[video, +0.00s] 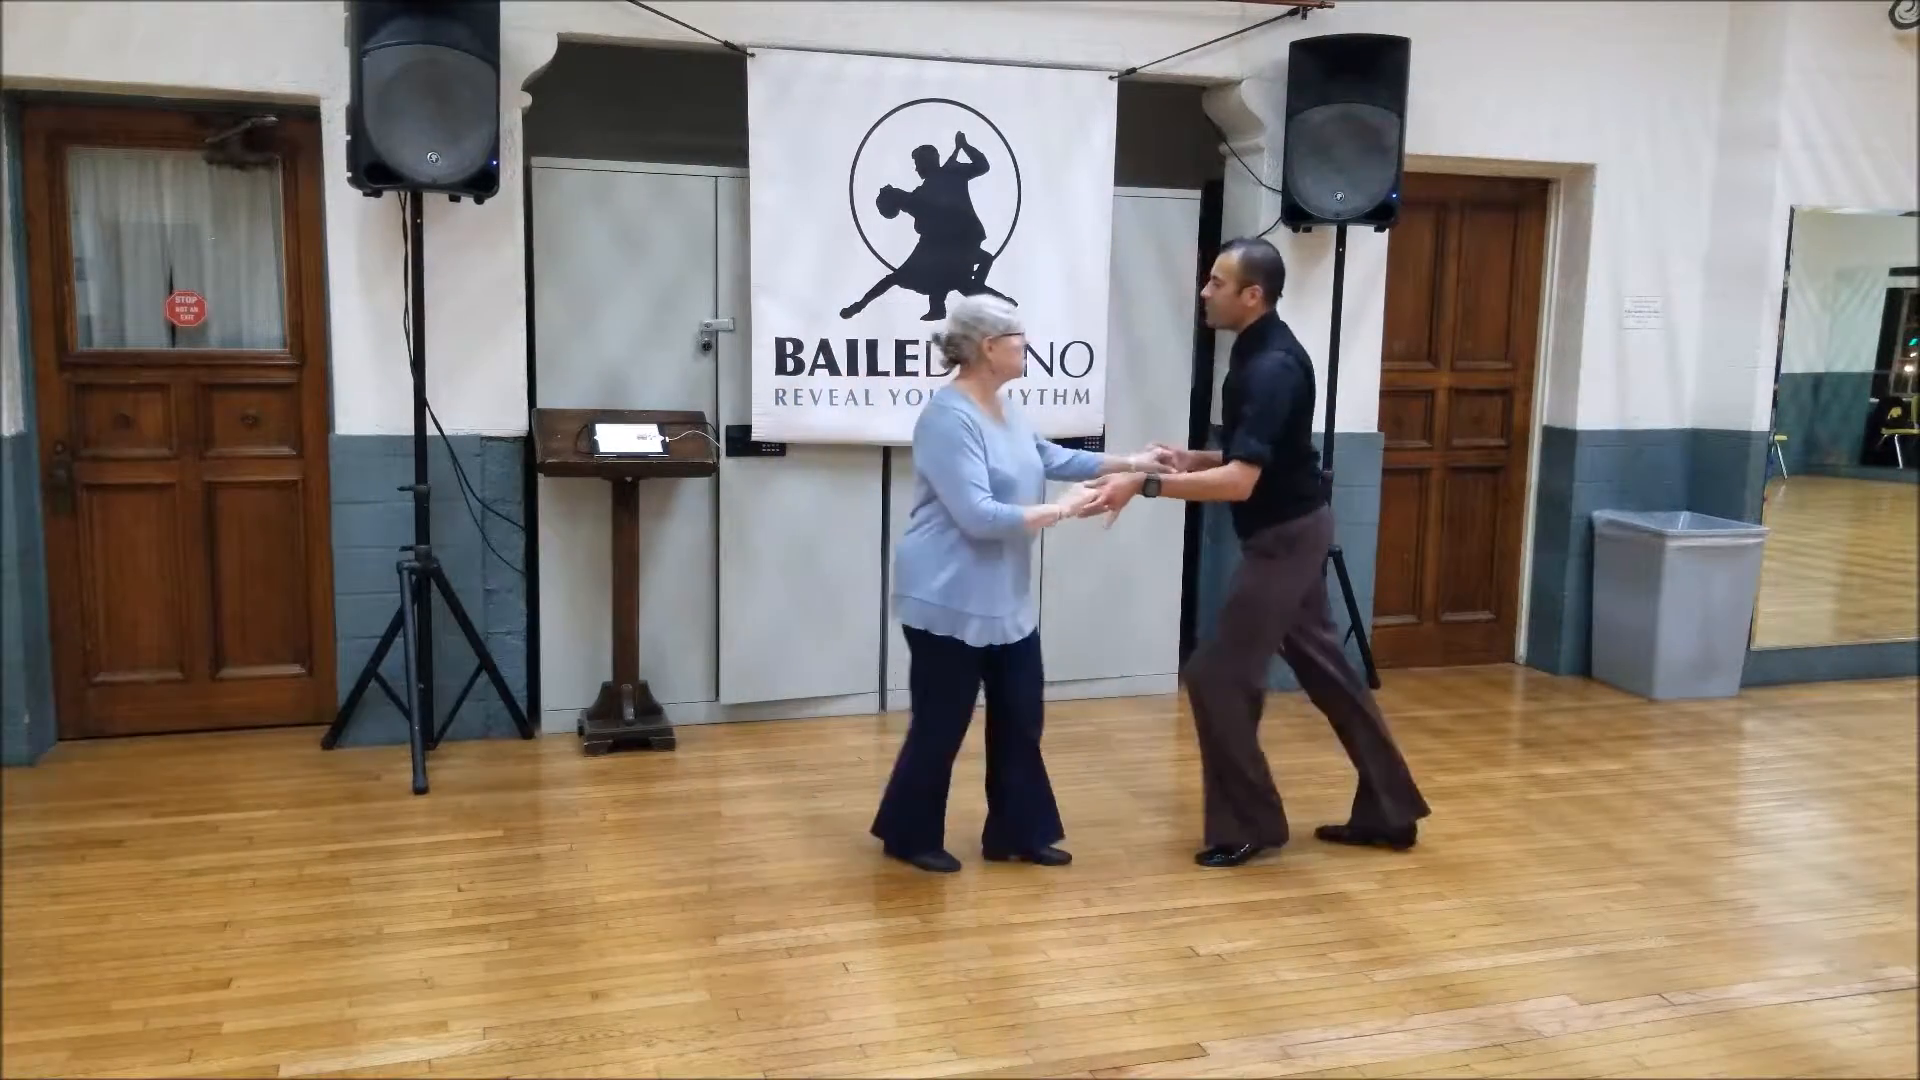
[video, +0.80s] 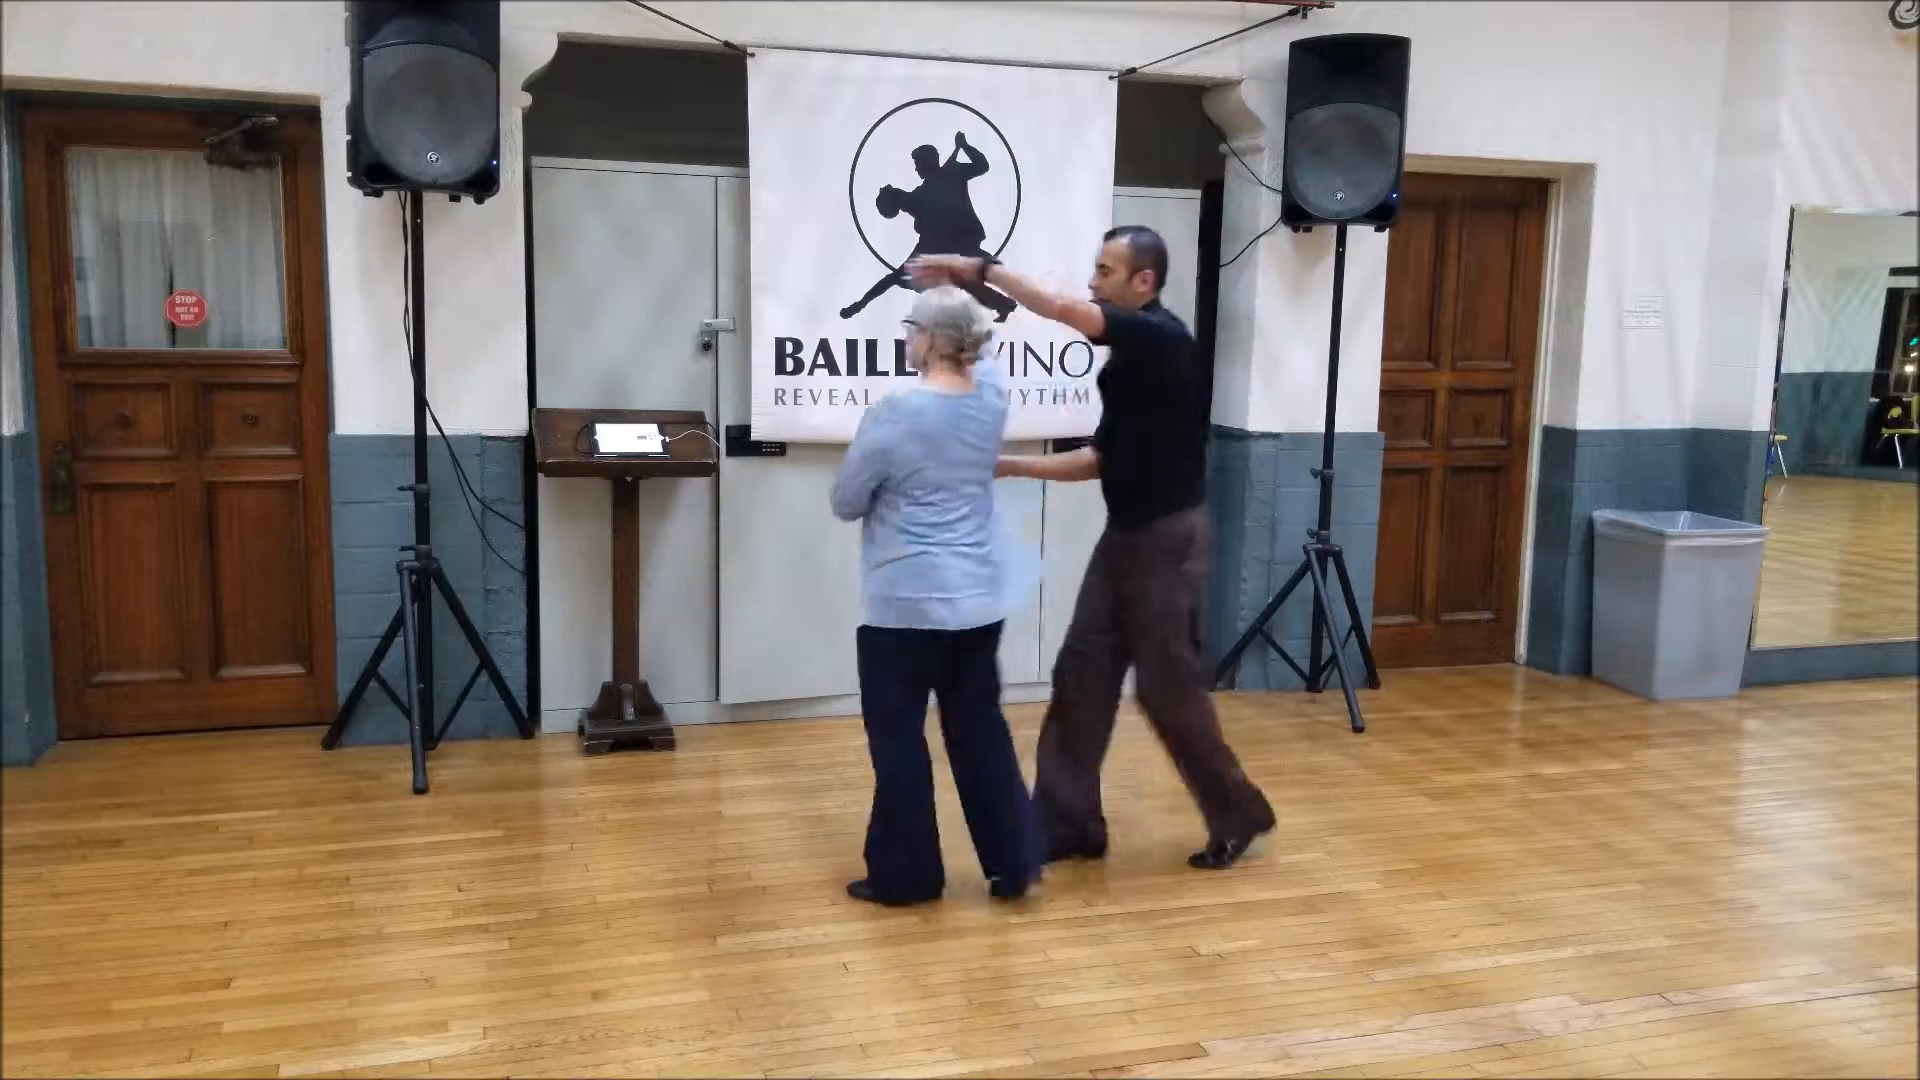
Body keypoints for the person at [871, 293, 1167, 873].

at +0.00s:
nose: (1025, 346)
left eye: (1022, 336)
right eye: (1014, 338)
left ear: (994, 348)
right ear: (980, 348)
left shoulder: (1005, 409)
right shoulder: (945, 417)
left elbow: (1054, 460)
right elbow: (977, 516)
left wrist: (1134, 461)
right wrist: (1061, 509)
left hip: (1005, 590)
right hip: (948, 592)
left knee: (1019, 716)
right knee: (942, 719)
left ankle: (1016, 832)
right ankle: (908, 833)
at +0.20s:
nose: (1043, 350)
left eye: (1041, 341)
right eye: (1035, 342)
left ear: (1004, 353)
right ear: (1007, 352)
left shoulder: (1008, 416)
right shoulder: (975, 421)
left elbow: (1054, 489)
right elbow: (1035, 510)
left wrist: (1110, 477)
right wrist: (1100, 481)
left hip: (1020, 588)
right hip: (983, 590)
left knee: (1039, 703)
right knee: (1026, 707)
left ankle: (1019, 832)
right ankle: (944, 820)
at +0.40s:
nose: (1037, 352)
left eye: (1034, 344)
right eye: (1035, 345)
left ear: (974, 346)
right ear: (1025, 351)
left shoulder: (940, 409)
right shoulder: (1026, 418)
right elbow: (1122, 454)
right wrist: (1117, 387)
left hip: (946, 590)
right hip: (1011, 596)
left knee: (986, 721)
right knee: (1019, 724)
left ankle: (1013, 829)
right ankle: (987, 871)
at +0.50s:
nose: (1024, 350)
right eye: (1025, 342)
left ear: (966, 341)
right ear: (1022, 346)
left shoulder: (927, 406)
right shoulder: (1039, 413)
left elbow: (909, 479)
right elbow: (1121, 412)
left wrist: (965, 467)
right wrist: (1096, 344)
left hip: (932, 595)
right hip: (1015, 599)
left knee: (954, 724)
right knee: (1004, 727)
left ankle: (974, 859)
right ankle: (985, 872)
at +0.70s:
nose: (928, 338)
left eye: (931, 330)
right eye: (937, 329)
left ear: (937, 341)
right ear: (998, 346)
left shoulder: (901, 411)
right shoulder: (1017, 406)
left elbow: (864, 496)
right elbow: (1042, 359)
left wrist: (914, 487)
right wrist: (1016, 304)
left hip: (913, 600)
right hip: (1004, 597)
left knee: (905, 734)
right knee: (1003, 730)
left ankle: (904, 867)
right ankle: (1018, 872)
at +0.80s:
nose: (906, 338)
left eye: (912, 331)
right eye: (910, 329)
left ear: (928, 343)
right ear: (973, 347)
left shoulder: (892, 412)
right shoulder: (991, 406)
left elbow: (846, 501)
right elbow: (981, 362)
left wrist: (894, 470)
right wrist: (961, 323)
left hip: (902, 605)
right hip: (978, 600)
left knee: (895, 739)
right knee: (978, 725)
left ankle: (905, 874)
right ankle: (1012, 864)